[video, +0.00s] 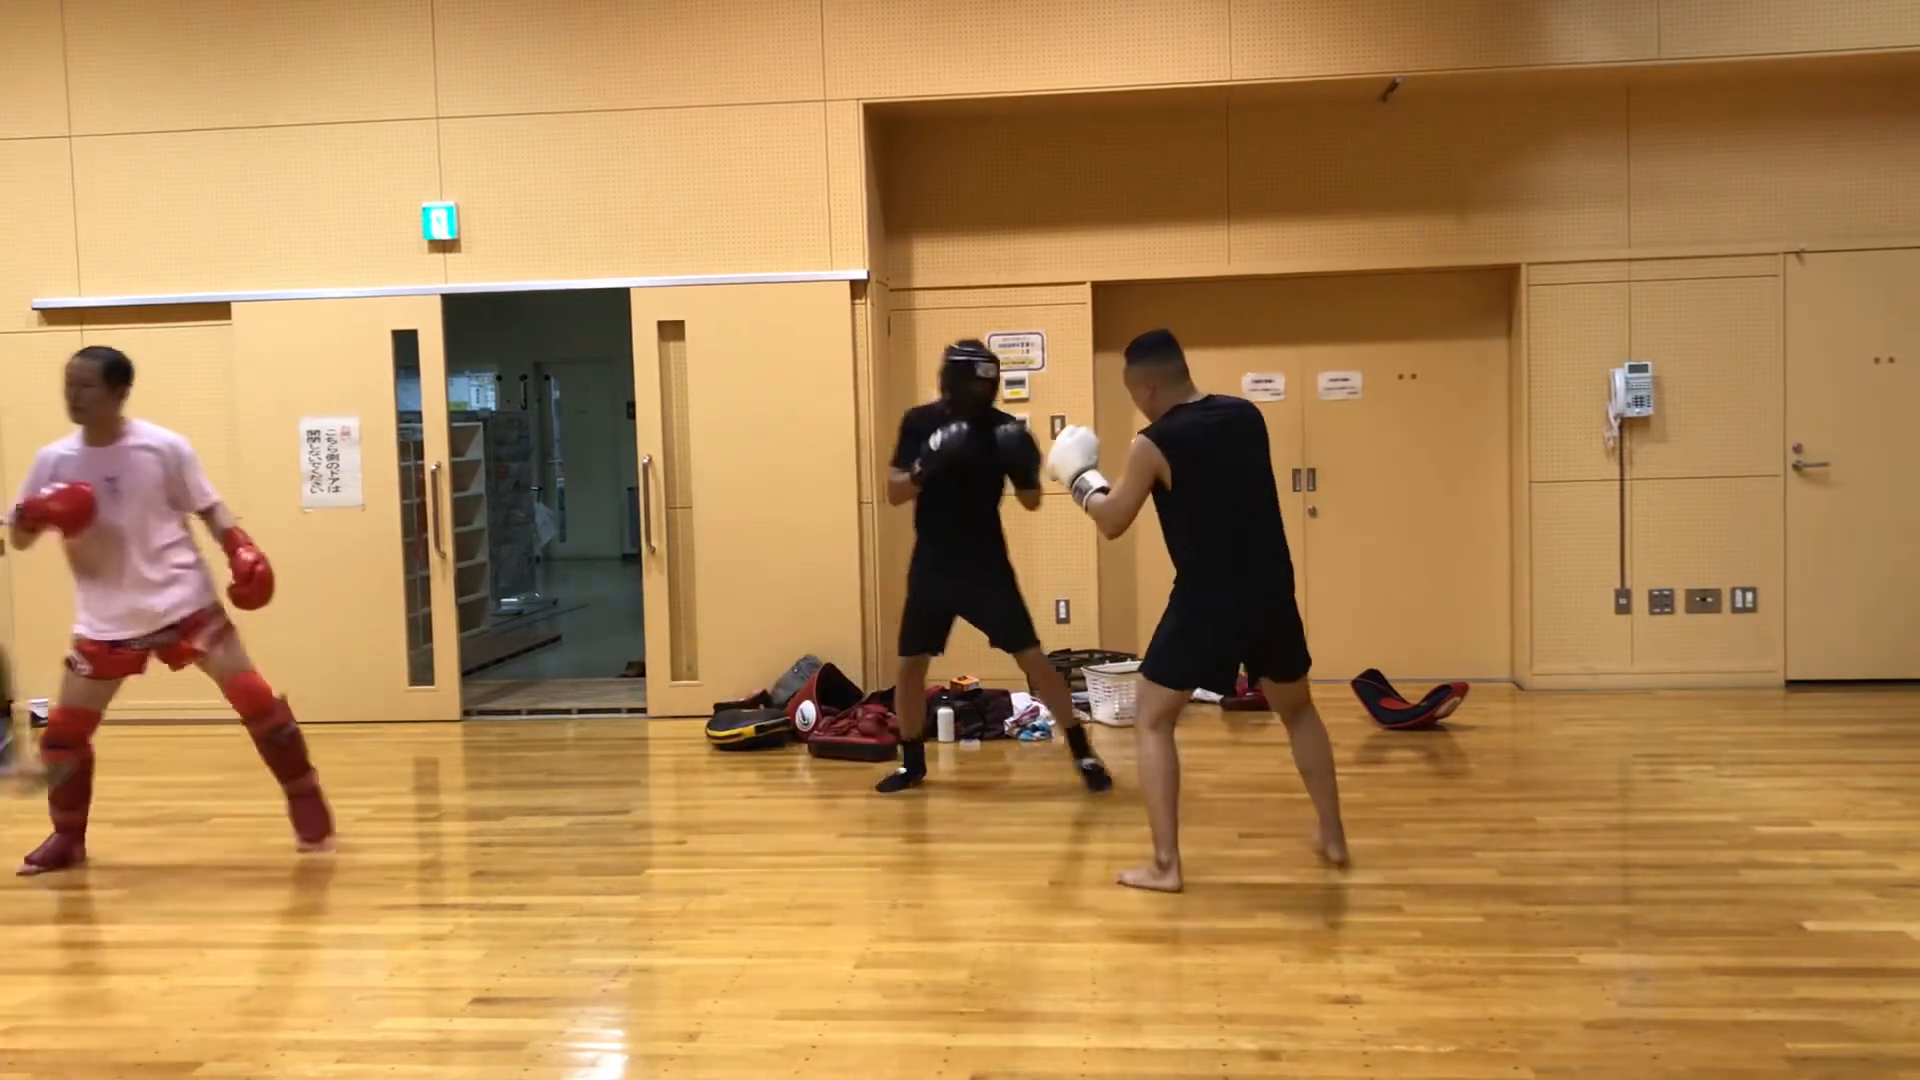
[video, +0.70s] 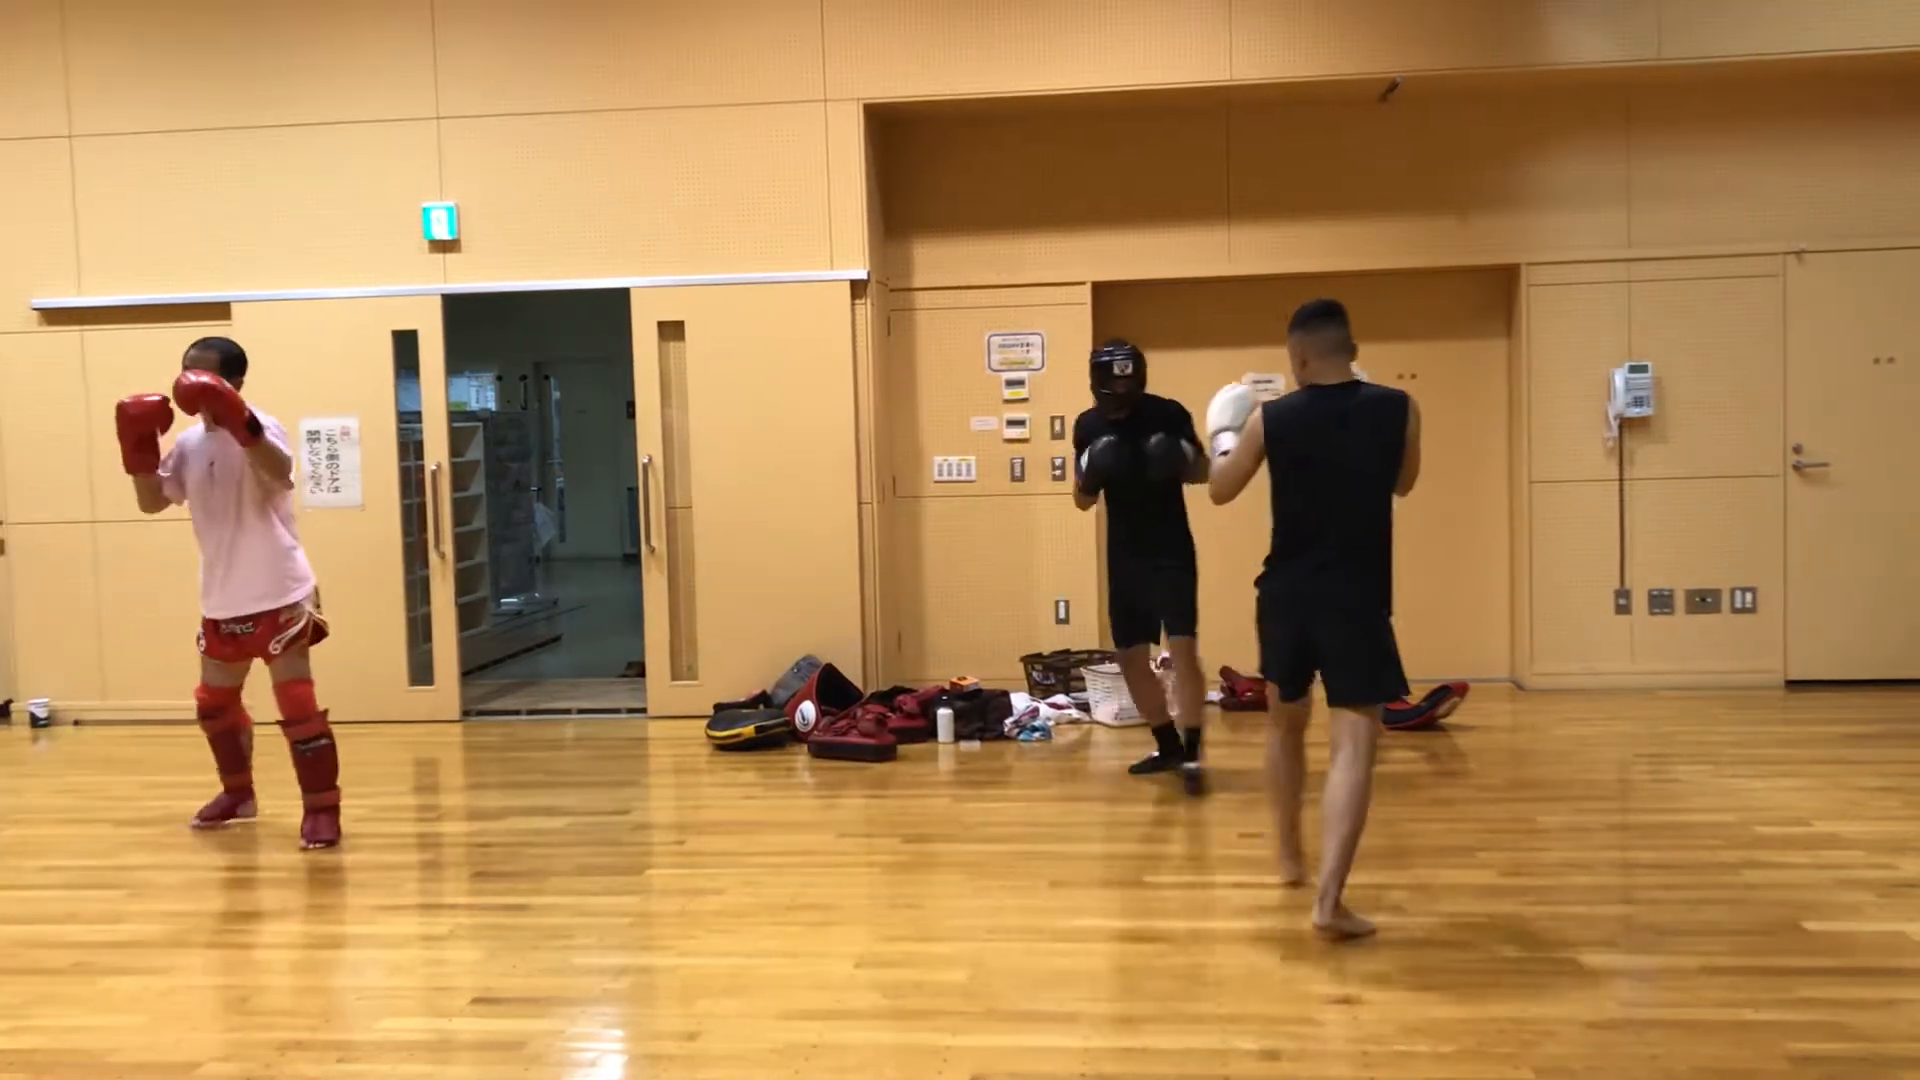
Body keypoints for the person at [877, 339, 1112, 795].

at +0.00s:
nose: (989, 392)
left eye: (994, 382)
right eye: (980, 382)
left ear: (997, 383)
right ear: (952, 382)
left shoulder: (1006, 429)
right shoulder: (921, 423)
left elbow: (1032, 501)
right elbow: (895, 493)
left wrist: (1019, 458)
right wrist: (930, 461)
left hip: (986, 559)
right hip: (934, 560)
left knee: (1031, 656)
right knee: (911, 662)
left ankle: (1083, 752)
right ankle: (912, 764)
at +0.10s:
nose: (1017, 398)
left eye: (1022, 389)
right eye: (1009, 389)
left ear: (1029, 389)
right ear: (986, 386)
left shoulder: (1037, 427)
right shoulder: (955, 426)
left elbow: (1069, 500)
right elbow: (920, 493)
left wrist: (1061, 434)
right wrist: (950, 476)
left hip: (1019, 567)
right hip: (965, 567)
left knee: (1060, 664)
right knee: (930, 664)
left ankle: (1105, 760)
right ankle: (914, 764)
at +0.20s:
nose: (1054, 390)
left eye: (1062, 382)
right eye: (1046, 379)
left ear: (1070, 383)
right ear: (1026, 378)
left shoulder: (1080, 422)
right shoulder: (999, 422)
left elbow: (1120, 454)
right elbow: (971, 477)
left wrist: (1111, 402)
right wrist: (978, 489)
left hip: (1066, 556)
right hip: (1012, 557)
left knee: (1092, 664)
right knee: (972, 656)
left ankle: (1108, 766)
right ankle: (957, 755)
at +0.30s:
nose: (1071, 386)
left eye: (1080, 376)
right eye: (1063, 375)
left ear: (1093, 376)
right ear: (1047, 372)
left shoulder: (1103, 415)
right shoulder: (1025, 414)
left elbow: (1140, 452)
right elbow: (1000, 476)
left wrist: (1131, 396)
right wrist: (1010, 476)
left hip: (1088, 546)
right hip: (1038, 545)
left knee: (1099, 660)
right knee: (1010, 651)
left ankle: (1107, 764)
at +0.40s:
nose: (1088, 382)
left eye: (1096, 372)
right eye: (1079, 372)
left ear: (1108, 370)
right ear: (1062, 370)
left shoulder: (1124, 409)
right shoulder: (1044, 412)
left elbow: (1156, 448)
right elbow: (1026, 485)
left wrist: (1136, 424)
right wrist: (1035, 468)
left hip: (1111, 542)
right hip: (1063, 543)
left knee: (1111, 655)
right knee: (1062, 655)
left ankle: (1112, 761)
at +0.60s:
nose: (1104, 397)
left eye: (1112, 387)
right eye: (1094, 388)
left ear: (1124, 383)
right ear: (1078, 385)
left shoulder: (1150, 417)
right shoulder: (1070, 428)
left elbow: (1182, 473)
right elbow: (1063, 503)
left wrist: (1163, 470)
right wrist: (1078, 473)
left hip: (1154, 545)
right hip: (1108, 549)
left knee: (1150, 647)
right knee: (1120, 658)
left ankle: (1133, 754)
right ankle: (1168, 742)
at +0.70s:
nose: (1118, 394)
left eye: (1126, 383)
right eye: (1109, 385)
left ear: (1140, 380)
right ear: (1095, 384)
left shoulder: (1168, 413)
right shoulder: (1089, 425)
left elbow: (1202, 472)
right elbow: (1083, 500)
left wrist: (1176, 459)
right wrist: (1094, 469)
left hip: (1172, 544)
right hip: (1125, 549)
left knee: (1181, 648)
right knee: (1131, 655)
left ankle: (1192, 756)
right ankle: (1168, 747)